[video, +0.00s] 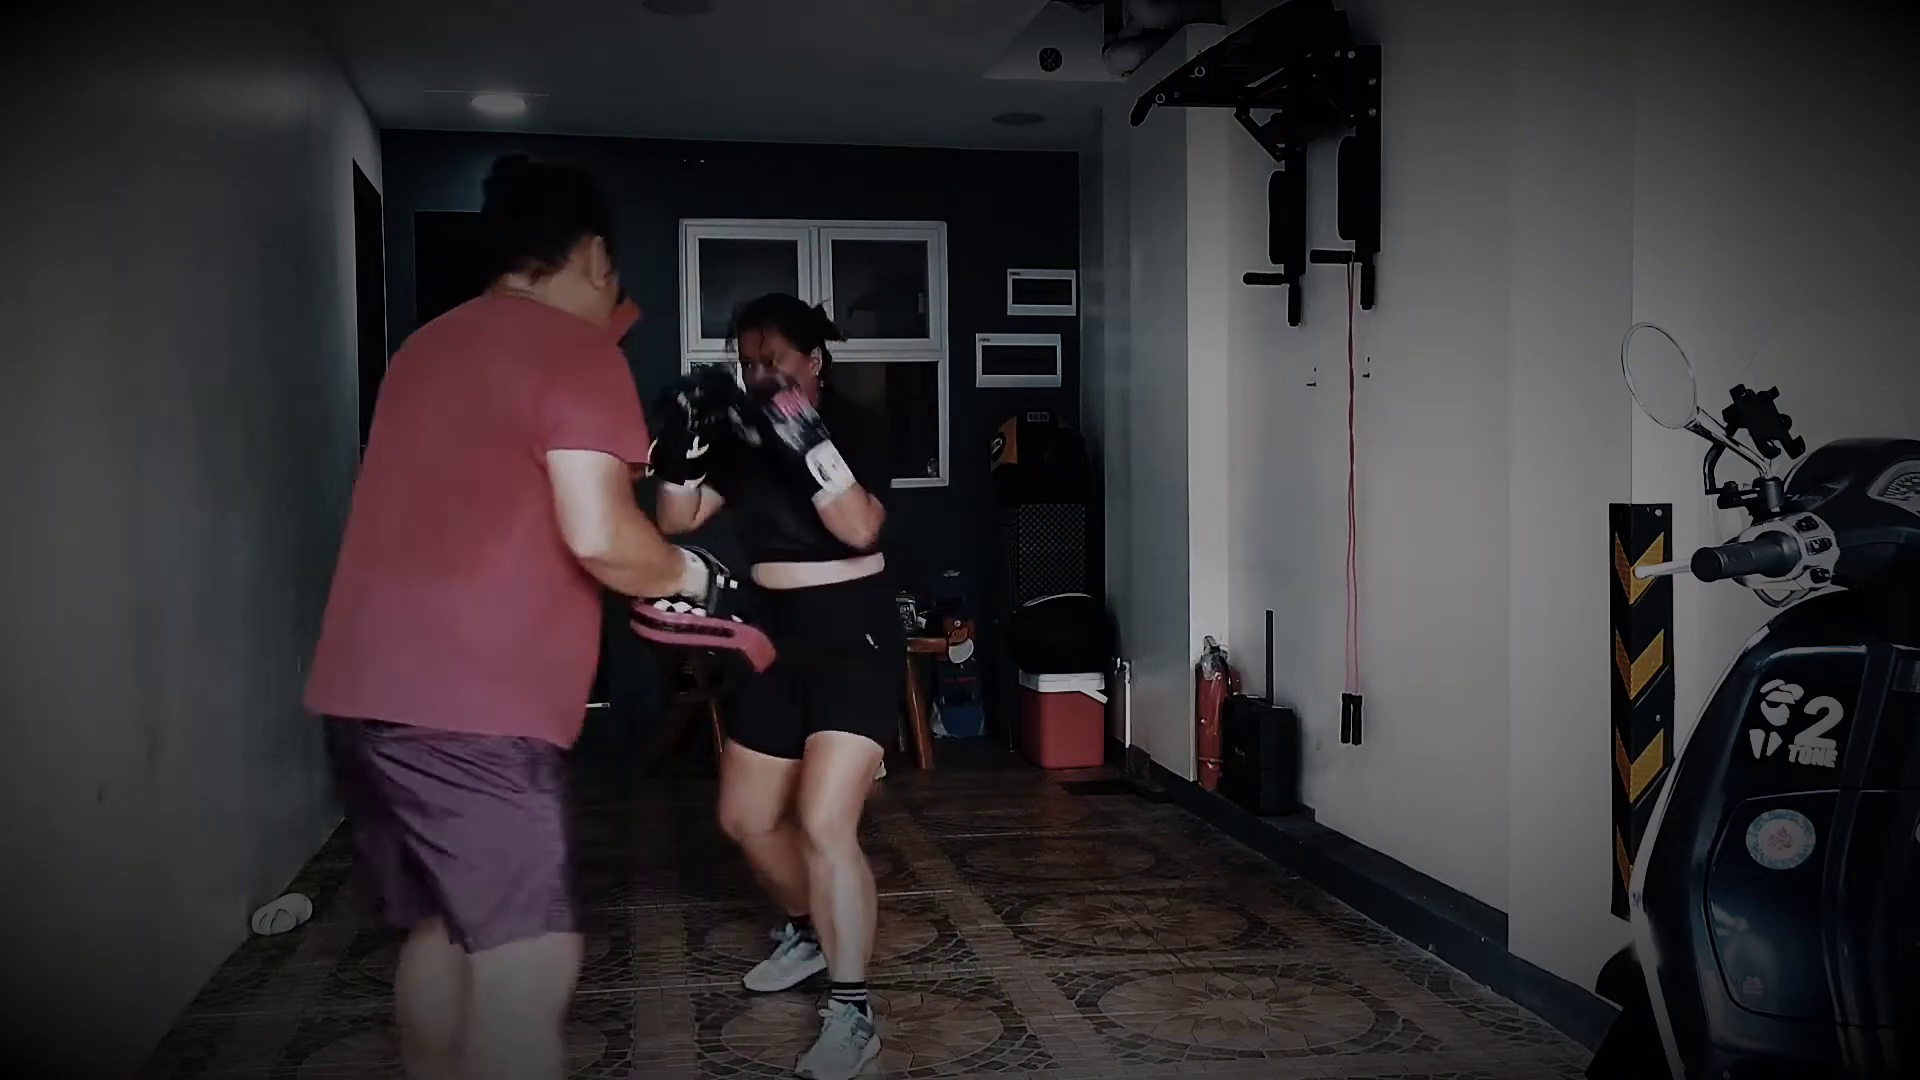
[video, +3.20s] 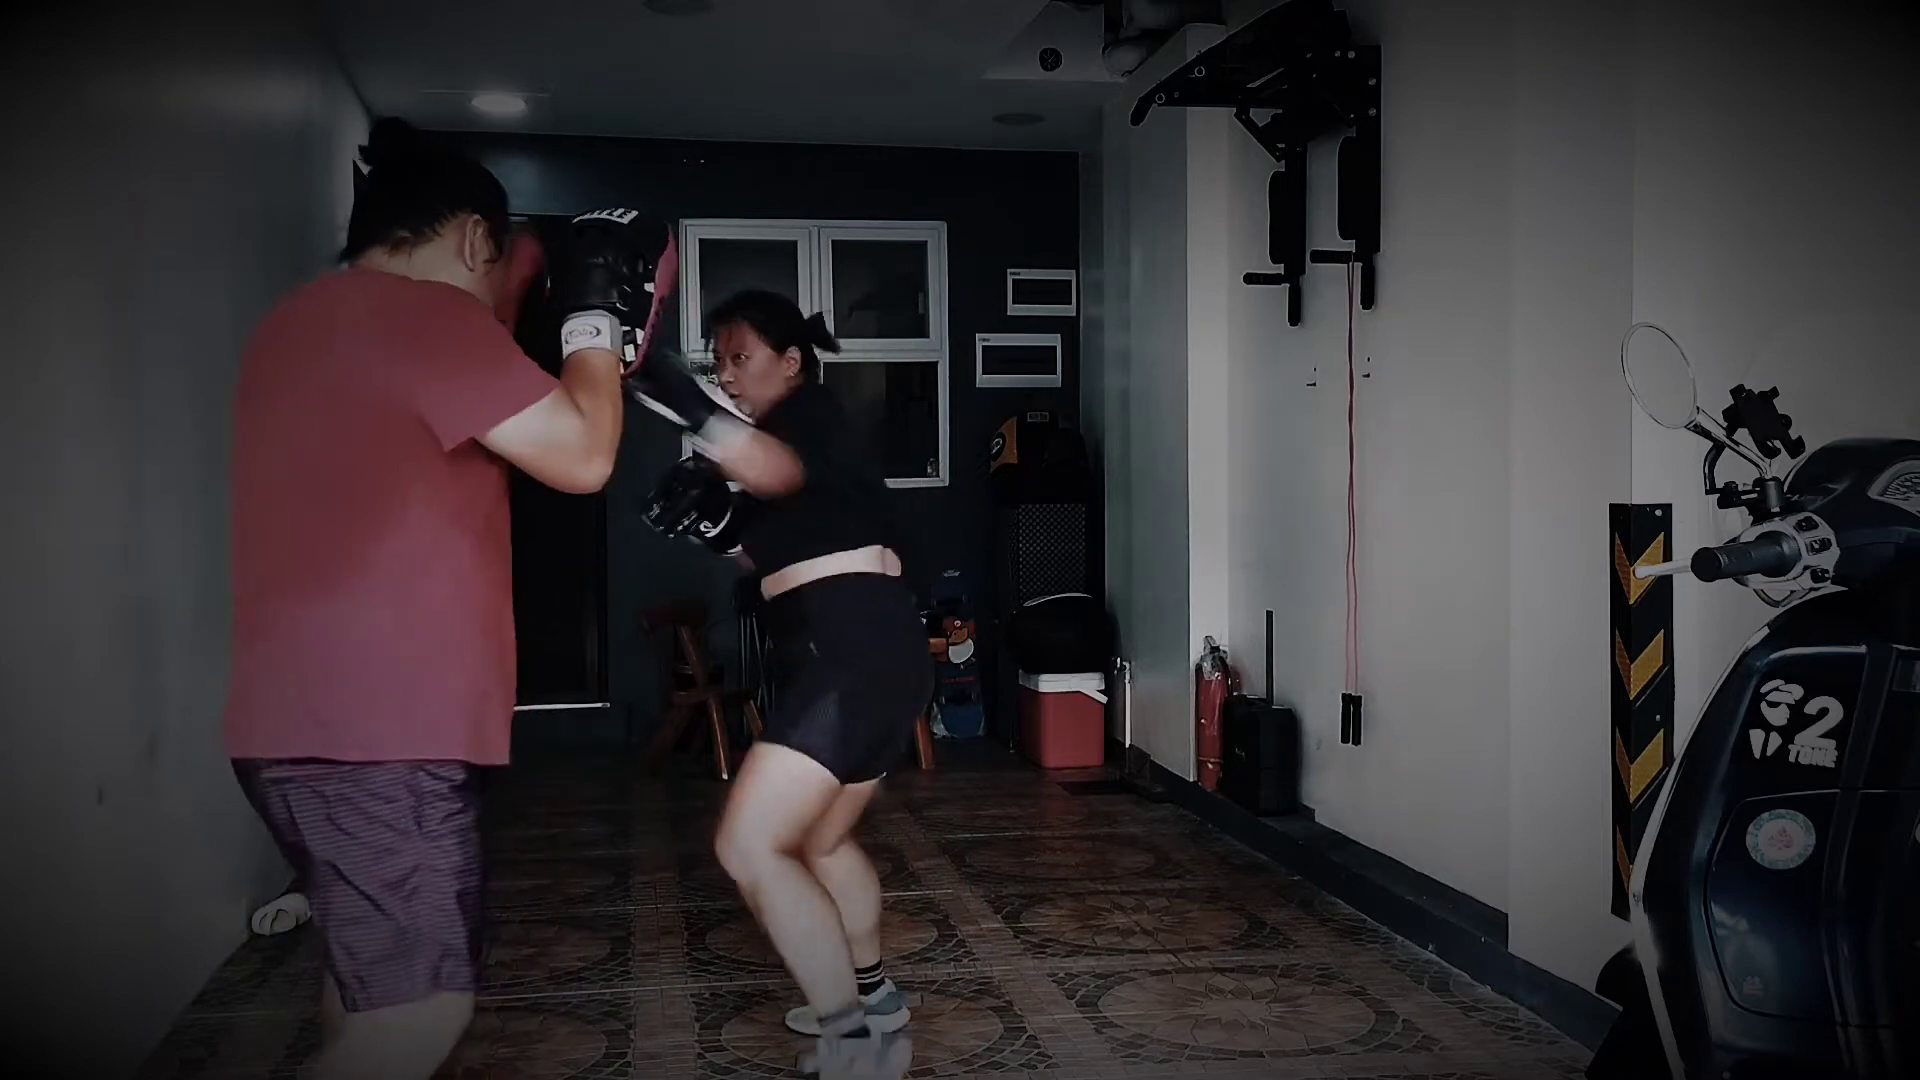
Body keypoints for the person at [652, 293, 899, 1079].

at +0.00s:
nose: (761, 375)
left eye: (773, 360)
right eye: (749, 364)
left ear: (814, 358)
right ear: (741, 368)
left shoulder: (851, 423)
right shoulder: (737, 430)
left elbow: (861, 528)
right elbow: (677, 521)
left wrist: (809, 437)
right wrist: (686, 444)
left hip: (856, 636)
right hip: (769, 636)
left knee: (826, 820)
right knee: (747, 818)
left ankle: (851, 1008)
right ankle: (816, 929)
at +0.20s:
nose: (740, 405)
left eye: (754, 389)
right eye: (731, 393)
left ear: (801, 387)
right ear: (729, 399)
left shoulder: (842, 461)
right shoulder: (742, 471)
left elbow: (872, 575)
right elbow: (735, 576)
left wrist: (805, 500)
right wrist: (697, 523)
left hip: (836, 661)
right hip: (771, 661)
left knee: (759, 844)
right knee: (759, 832)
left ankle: (848, 1003)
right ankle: (813, 955)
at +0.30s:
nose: (728, 387)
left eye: (738, 371)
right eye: (724, 374)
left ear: (786, 363)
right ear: (781, 371)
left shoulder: (804, 423)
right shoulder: (799, 432)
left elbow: (720, 448)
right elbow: (770, 565)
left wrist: (638, 382)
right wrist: (702, 531)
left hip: (832, 644)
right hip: (822, 640)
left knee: (740, 843)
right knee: (786, 812)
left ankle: (855, 1000)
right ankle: (812, 954)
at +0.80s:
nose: (775, 374)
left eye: (780, 355)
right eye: (768, 361)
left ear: (828, 343)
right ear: (822, 352)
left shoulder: (857, 412)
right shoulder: (851, 412)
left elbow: (806, 519)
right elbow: (771, 514)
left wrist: (762, 435)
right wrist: (742, 442)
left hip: (876, 636)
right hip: (907, 631)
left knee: (826, 825)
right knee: (905, 819)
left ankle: (872, 1016)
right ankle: (939, 977)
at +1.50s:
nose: (824, 390)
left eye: (841, 375)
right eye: (815, 377)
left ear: (889, 380)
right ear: (807, 386)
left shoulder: (930, 465)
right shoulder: (801, 464)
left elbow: (917, 585)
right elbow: (734, 540)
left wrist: (866, 492)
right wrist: (720, 471)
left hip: (910, 679)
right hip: (821, 674)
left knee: (855, 849)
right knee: (785, 866)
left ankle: (874, 1054)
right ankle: (906, 926)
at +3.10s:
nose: (746, 383)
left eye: (761, 367)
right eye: (739, 369)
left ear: (808, 371)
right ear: (736, 377)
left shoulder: (841, 442)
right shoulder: (751, 463)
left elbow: (894, 553)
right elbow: (724, 567)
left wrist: (816, 489)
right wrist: (694, 524)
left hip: (863, 656)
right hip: (809, 661)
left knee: (732, 811)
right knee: (797, 847)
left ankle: (826, 1004)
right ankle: (871, 991)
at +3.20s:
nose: (728, 377)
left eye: (741, 358)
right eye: (721, 365)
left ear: (791, 357)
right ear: (727, 371)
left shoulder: (812, 414)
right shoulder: (798, 434)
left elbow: (771, 469)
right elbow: (779, 559)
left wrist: (690, 405)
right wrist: (721, 523)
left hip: (848, 649)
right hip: (881, 648)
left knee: (748, 841)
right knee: (823, 840)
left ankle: (849, 1033)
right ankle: (871, 990)